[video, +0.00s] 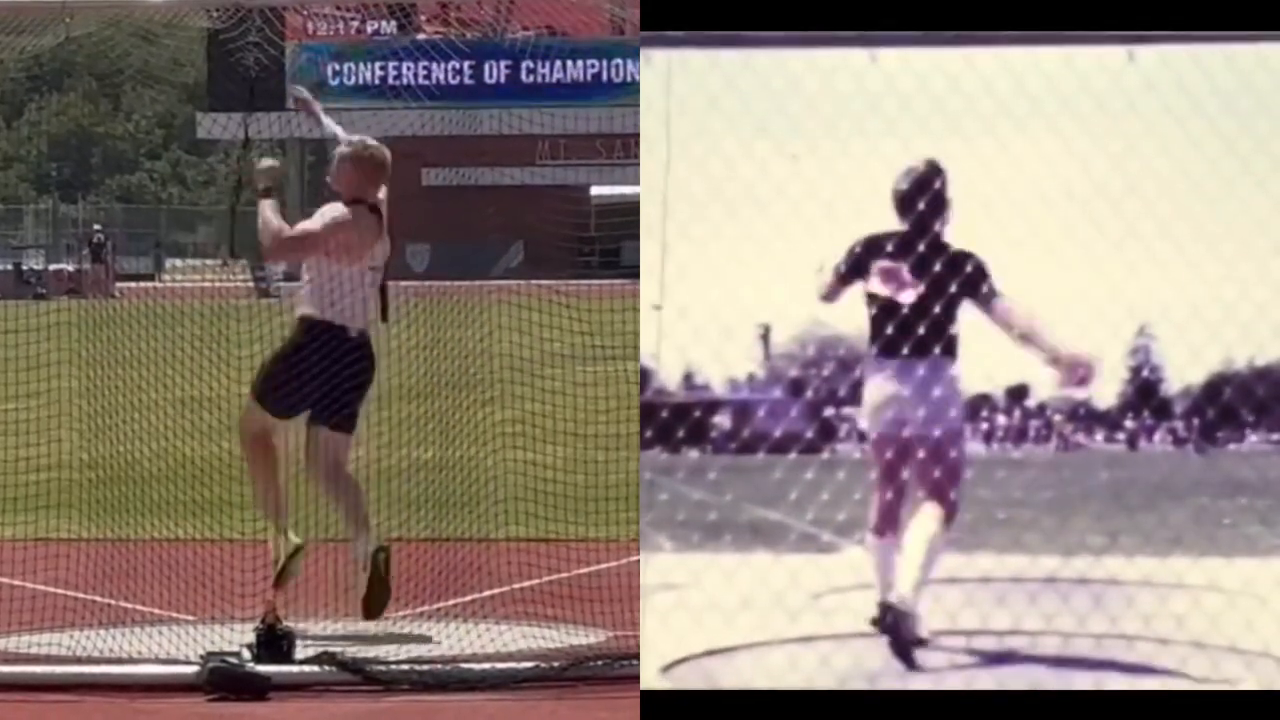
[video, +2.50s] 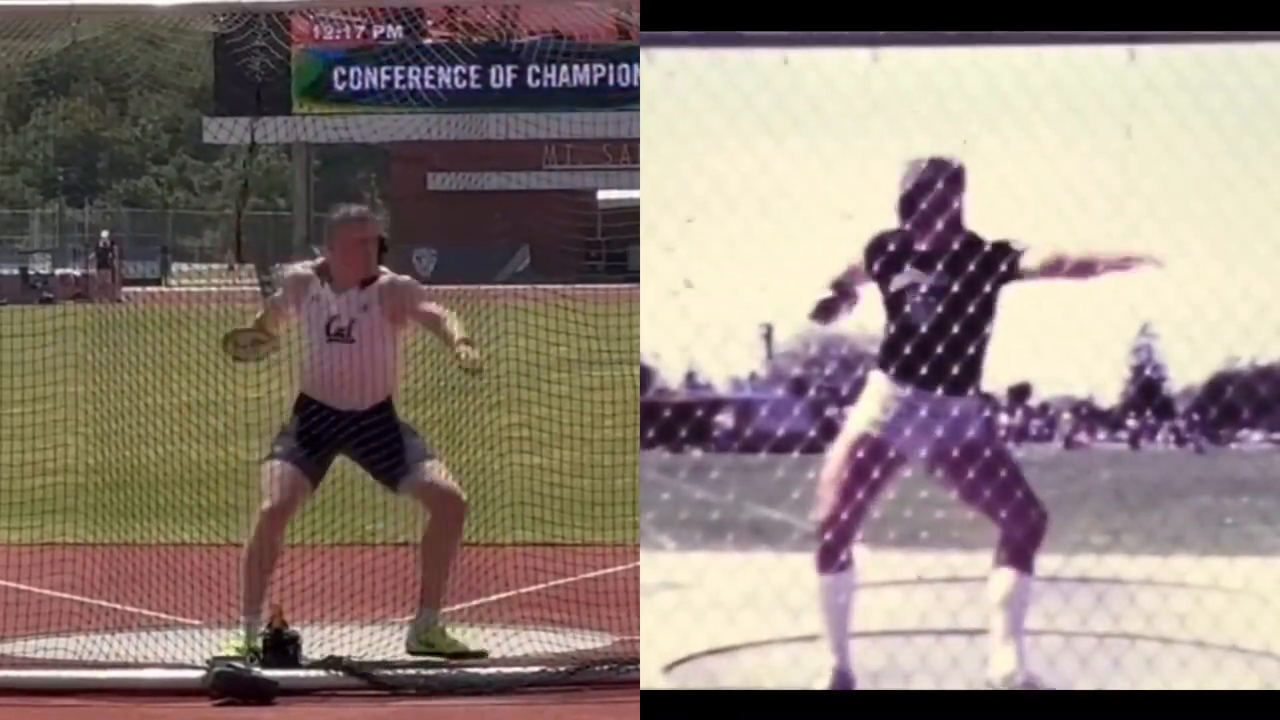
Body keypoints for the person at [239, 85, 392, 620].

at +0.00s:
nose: (332, 170)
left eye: (339, 164)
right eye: (336, 164)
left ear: (354, 175)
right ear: (374, 179)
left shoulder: (340, 217)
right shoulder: (376, 217)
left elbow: (276, 244)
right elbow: (351, 150)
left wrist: (265, 194)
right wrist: (316, 113)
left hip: (316, 340)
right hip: (355, 346)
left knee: (255, 431)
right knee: (328, 460)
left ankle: (281, 535)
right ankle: (368, 547)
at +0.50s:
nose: (366, 205)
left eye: (366, 196)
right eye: (360, 196)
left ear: (340, 197)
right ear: (332, 194)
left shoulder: (337, 240)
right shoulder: (307, 231)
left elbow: (360, 291)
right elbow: (373, 248)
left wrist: (422, 302)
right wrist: (446, 240)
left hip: (337, 355)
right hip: (293, 372)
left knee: (436, 355)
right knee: (306, 484)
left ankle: (530, 427)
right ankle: (276, 603)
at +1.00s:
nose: (400, 213)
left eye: (394, 207)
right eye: (410, 211)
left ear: (386, 215)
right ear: (426, 224)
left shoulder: (353, 240)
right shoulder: (440, 268)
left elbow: (297, 289)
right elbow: (497, 309)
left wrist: (271, 333)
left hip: (336, 361)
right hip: (383, 380)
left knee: (244, 385)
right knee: (352, 472)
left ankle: (187, 483)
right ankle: (362, 591)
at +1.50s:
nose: (219, 238)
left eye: (226, 226)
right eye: (217, 227)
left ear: (256, 221)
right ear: (252, 223)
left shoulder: (261, 279)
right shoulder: (319, 240)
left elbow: (178, 320)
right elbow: (390, 273)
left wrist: (97, 342)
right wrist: (461, 295)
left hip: (341, 394)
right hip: (299, 400)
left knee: (386, 506)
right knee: (259, 507)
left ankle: (473, 605)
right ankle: (251, 633)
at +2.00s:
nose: (266, 238)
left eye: (275, 228)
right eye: (259, 230)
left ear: (299, 228)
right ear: (252, 234)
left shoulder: (316, 271)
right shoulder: (286, 265)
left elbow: (271, 319)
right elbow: (363, 277)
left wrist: (206, 349)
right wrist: (402, 300)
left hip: (361, 396)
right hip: (309, 402)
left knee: (400, 511)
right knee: (264, 508)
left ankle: (464, 613)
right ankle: (250, 633)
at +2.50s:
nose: (367, 254)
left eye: (373, 244)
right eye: (356, 244)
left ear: (379, 246)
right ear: (329, 248)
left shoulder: (392, 288)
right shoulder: (302, 282)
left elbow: (436, 316)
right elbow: (273, 315)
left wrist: (458, 343)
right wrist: (259, 337)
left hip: (377, 422)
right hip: (313, 421)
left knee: (450, 504)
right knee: (274, 510)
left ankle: (426, 627)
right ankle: (248, 633)